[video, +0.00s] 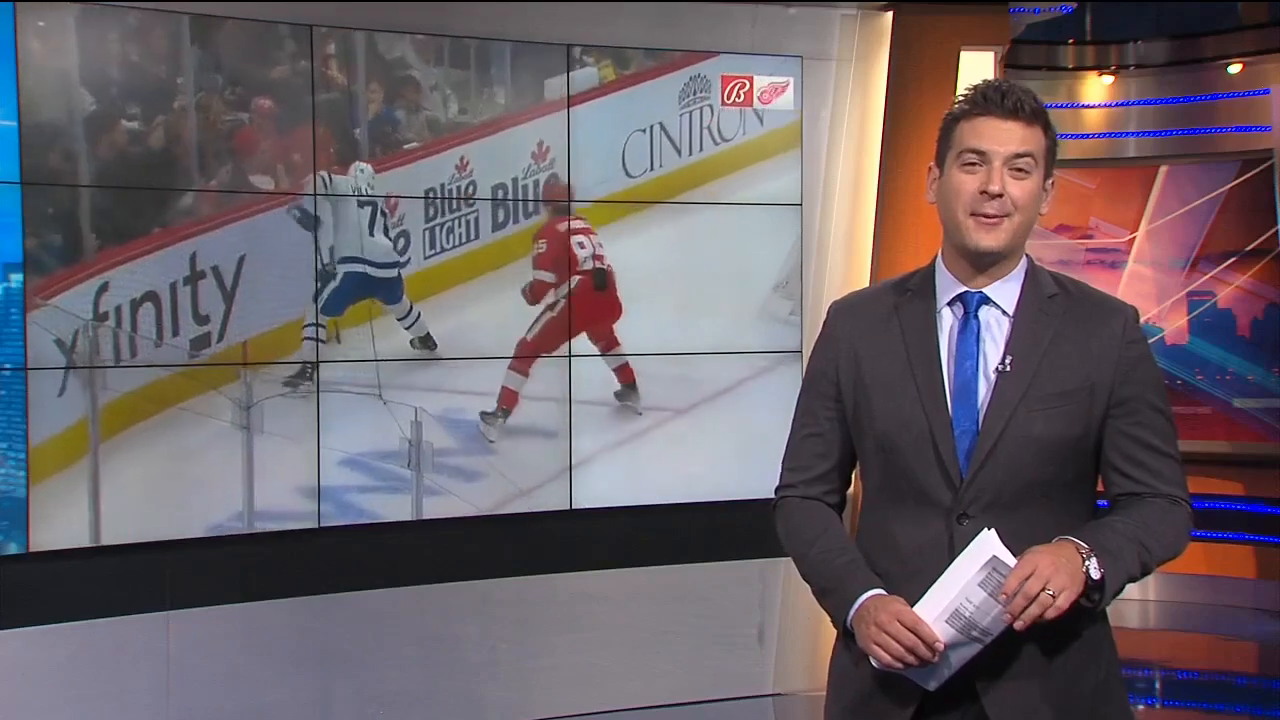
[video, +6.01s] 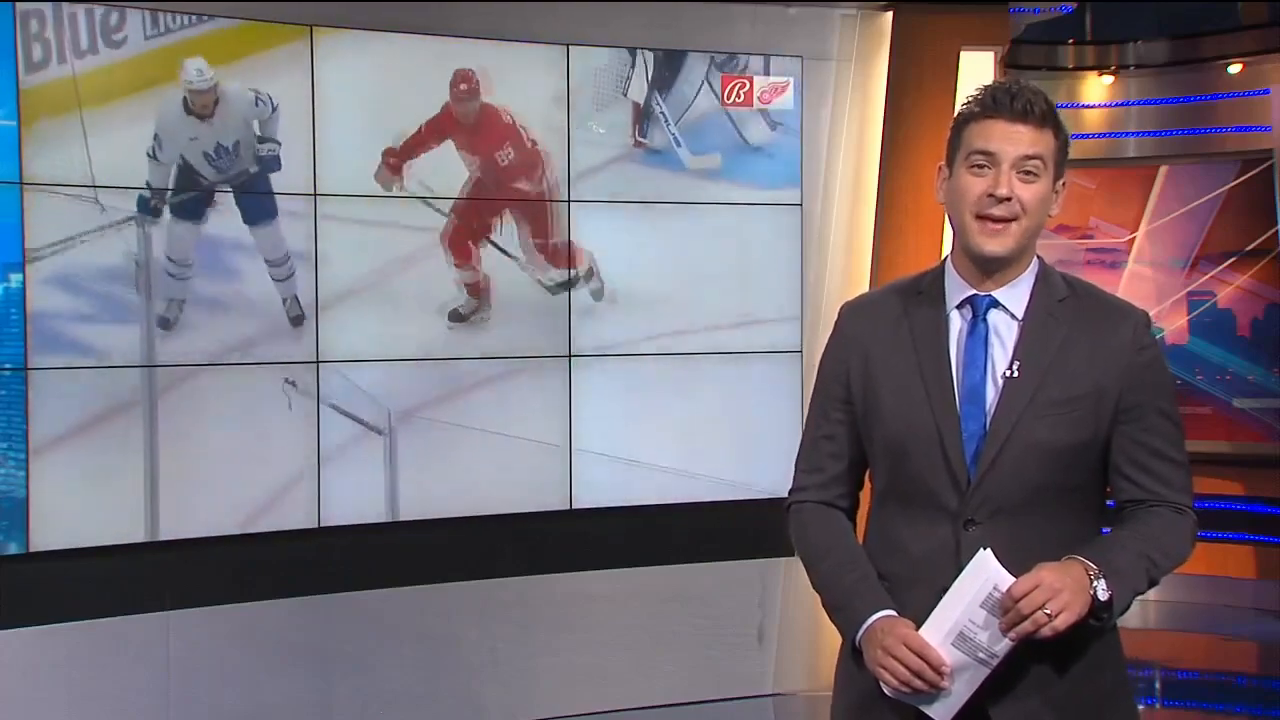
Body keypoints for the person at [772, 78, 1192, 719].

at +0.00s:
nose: (994, 186)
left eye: (1019, 168)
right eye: (972, 163)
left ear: (1045, 193)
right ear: (935, 182)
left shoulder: (1107, 331)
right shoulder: (855, 326)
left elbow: (1161, 506)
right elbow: (804, 497)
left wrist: (1084, 553)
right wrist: (859, 601)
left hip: (1048, 688)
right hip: (886, 686)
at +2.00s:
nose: (991, 197)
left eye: (1017, 177)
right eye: (970, 172)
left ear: (1047, 196)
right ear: (936, 185)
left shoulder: (1109, 336)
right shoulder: (857, 326)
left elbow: (1156, 512)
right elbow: (807, 499)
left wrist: (1082, 571)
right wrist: (860, 617)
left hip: (1046, 692)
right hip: (883, 688)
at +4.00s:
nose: (998, 196)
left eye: (1021, 175)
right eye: (974, 174)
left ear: (1050, 192)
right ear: (938, 193)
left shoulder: (1119, 333)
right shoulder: (867, 327)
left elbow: (1166, 507)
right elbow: (819, 499)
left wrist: (1095, 569)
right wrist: (873, 616)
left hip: (1057, 688)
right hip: (894, 686)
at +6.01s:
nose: (1001, 189)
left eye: (1027, 172)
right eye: (980, 165)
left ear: (1054, 197)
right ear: (944, 183)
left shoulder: (1119, 337)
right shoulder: (866, 327)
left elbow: (1164, 512)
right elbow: (817, 501)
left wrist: (1093, 574)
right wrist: (870, 620)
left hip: (1056, 692)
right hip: (892, 687)